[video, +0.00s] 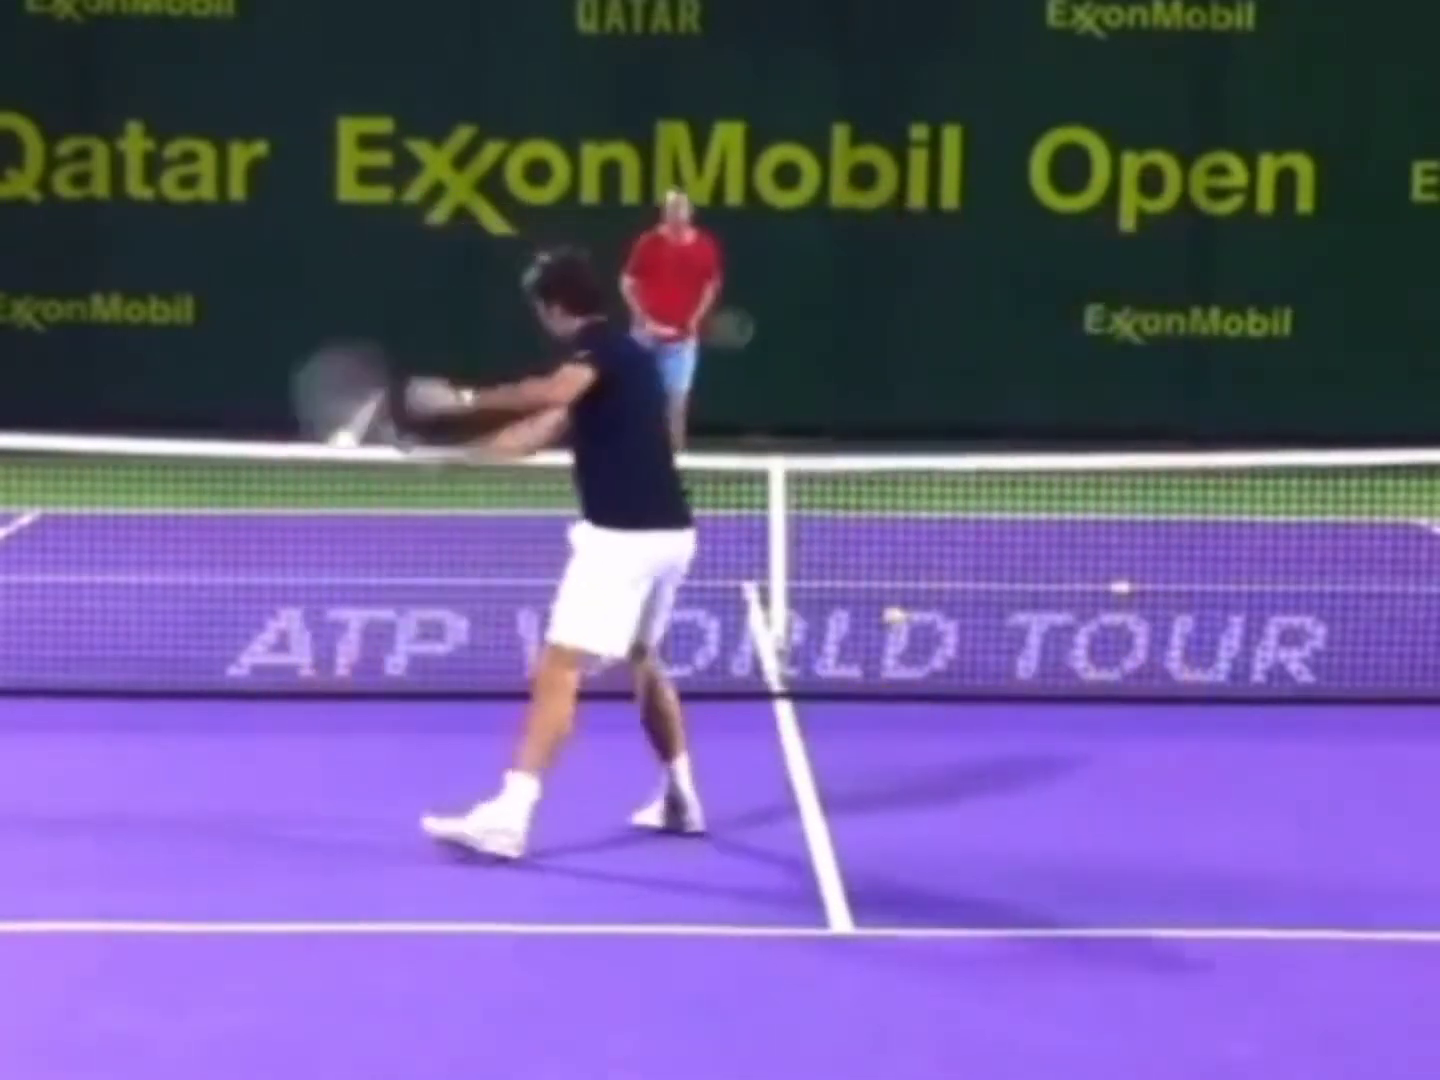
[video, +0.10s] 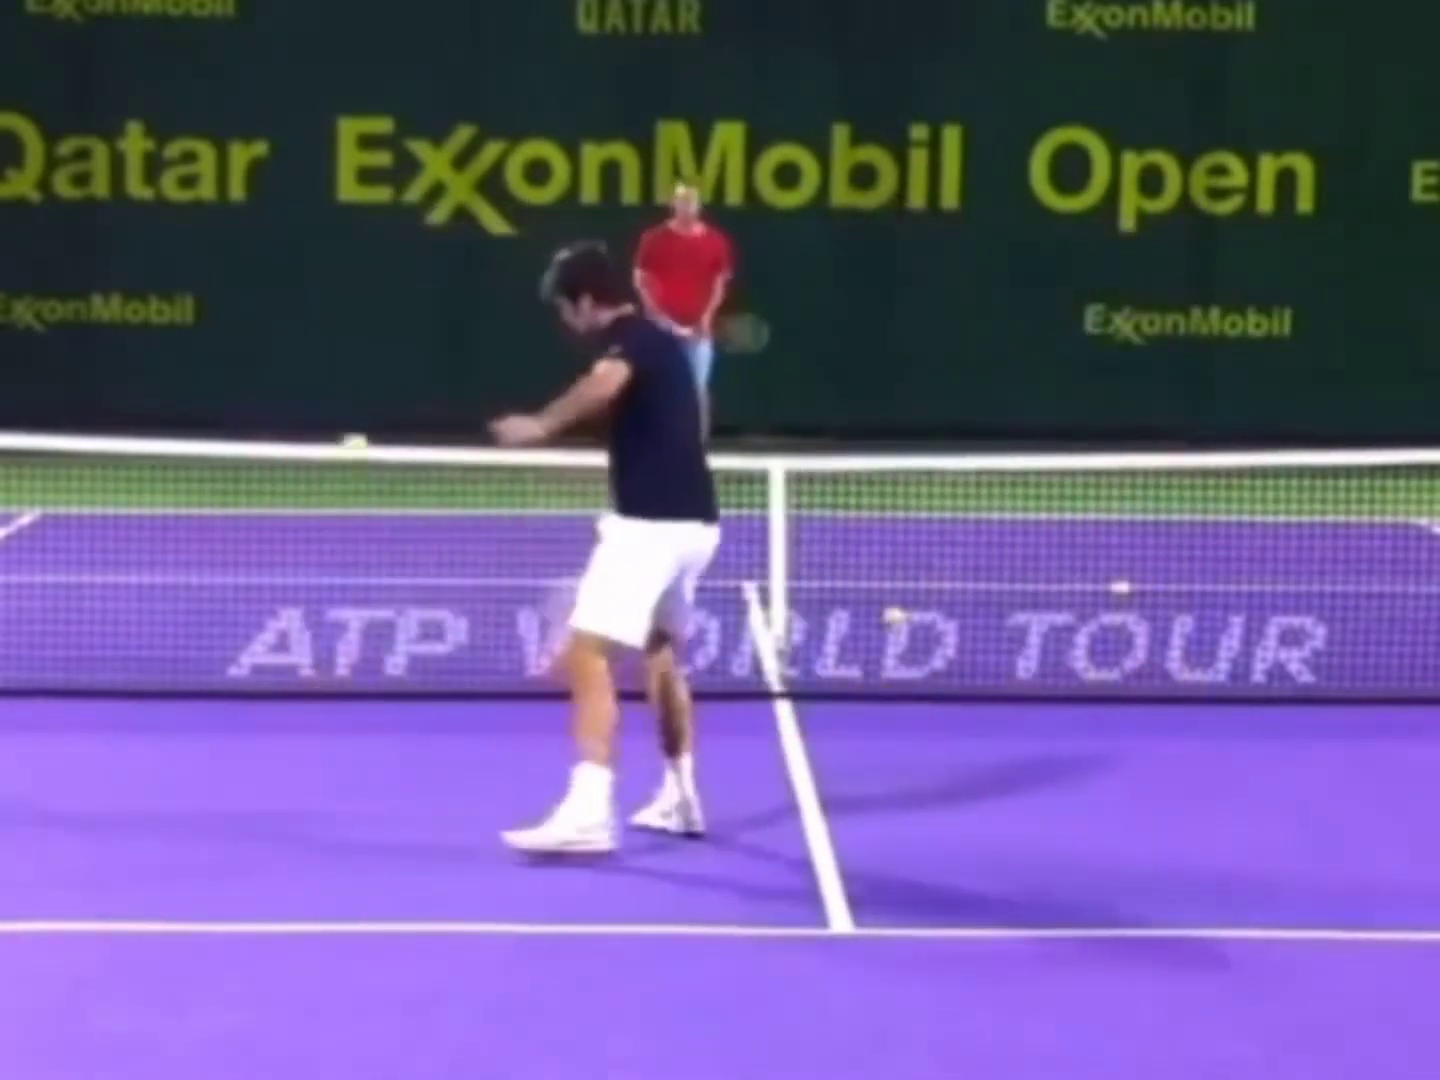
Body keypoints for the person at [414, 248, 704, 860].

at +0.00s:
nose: (541, 318)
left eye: (542, 306)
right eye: (541, 306)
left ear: (558, 304)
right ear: (597, 295)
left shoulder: (595, 350)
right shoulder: (630, 354)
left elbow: (552, 394)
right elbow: (543, 428)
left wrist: (463, 401)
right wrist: (464, 444)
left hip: (618, 535)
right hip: (670, 533)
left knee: (559, 666)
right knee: (645, 663)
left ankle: (512, 810)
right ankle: (681, 793)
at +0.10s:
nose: (567, 325)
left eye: (566, 311)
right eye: (563, 313)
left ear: (589, 300)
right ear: (619, 293)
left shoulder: (629, 338)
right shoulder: (668, 342)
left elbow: (604, 383)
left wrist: (542, 423)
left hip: (648, 521)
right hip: (693, 520)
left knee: (585, 652)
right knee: (661, 653)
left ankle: (589, 801)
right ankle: (682, 789)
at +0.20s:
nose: (588, 308)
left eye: (589, 295)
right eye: (586, 295)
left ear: (610, 288)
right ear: (639, 282)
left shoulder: (647, 334)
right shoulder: (701, 333)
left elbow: (650, 377)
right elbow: (778, 391)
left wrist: (635, 420)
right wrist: (831, 445)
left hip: (669, 515)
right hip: (712, 515)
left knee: (621, 651)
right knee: (668, 653)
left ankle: (693, 777)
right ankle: (691, 780)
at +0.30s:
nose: (627, 299)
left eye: (629, 286)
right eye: (626, 287)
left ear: (648, 283)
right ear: (685, 279)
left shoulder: (668, 333)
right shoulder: (737, 325)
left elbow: (676, 380)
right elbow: (825, 345)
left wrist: (672, 436)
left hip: (691, 519)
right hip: (736, 516)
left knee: (661, 652)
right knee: (696, 657)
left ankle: (774, 769)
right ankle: (684, 790)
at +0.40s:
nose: (664, 300)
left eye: (666, 288)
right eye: (664, 288)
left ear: (681, 285)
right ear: (728, 281)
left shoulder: (686, 339)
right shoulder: (773, 327)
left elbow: (676, 412)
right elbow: (863, 341)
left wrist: (657, 492)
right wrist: (956, 380)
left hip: (719, 521)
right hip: (775, 518)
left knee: (720, 663)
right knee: (740, 662)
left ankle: (823, 797)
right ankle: (693, 792)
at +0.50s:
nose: (694, 298)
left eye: (695, 289)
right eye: (696, 289)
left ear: (704, 290)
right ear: (761, 286)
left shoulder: (702, 354)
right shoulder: (799, 334)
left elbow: (666, 440)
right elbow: (892, 358)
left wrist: (621, 526)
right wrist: (970, 404)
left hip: (752, 533)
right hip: (816, 529)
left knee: (768, 675)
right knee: (772, 670)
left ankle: (834, 815)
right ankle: (729, 792)